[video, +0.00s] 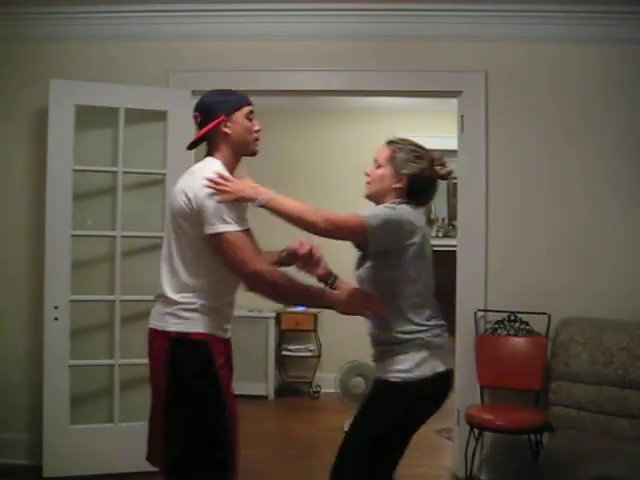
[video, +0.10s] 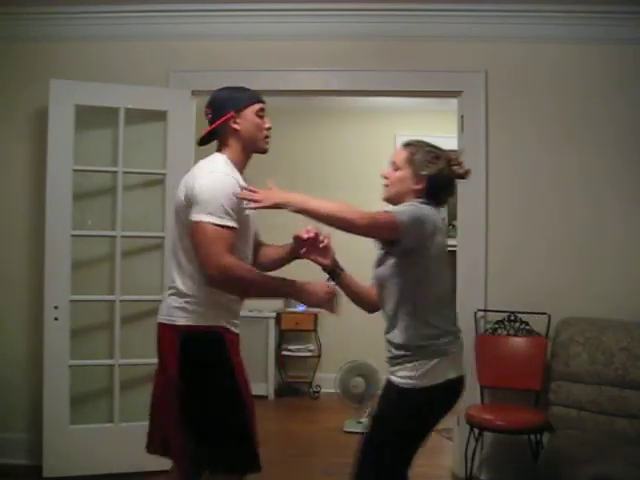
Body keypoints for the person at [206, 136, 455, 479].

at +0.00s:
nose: (368, 171)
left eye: (377, 165)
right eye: (373, 163)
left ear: (399, 180)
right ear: (399, 182)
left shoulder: (399, 219)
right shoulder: (399, 222)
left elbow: (322, 222)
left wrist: (256, 193)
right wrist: (325, 273)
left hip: (413, 372)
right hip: (411, 369)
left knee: (351, 470)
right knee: (367, 470)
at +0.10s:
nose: (385, 173)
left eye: (395, 167)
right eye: (389, 165)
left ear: (419, 182)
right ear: (415, 183)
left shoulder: (421, 217)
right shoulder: (403, 229)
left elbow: (361, 221)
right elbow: (373, 301)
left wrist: (285, 199)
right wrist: (333, 266)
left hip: (427, 375)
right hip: (413, 372)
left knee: (375, 470)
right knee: (380, 468)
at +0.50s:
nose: (464, 178)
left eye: (473, 171)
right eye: (467, 170)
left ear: (500, 180)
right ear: (498, 181)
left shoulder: (504, 223)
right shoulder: (496, 226)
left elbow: (457, 275)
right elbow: (463, 307)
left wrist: (381, 259)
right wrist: (402, 322)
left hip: (518, 382)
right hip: (509, 379)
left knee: (469, 473)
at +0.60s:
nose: (479, 179)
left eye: (488, 171)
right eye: (481, 170)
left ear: (514, 180)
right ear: (509, 181)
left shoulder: (519, 228)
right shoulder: (507, 228)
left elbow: (475, 296)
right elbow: (476, 300)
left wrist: (402, 279)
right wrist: (422, 305)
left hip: (536, 381)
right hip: (518, 379)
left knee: (515, 474)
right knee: (508, 472)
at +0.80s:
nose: (487, 179)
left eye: (497, 172)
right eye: (490, 171)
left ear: (523, 185)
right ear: (520, 186)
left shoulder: (531, 231)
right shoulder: (512, 229)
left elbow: (509, 309)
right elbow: (494, 295)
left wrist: (436, 286)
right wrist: (438, 284)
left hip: (556, 382)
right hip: (541, 379)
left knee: (498, 471)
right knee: (555, 475)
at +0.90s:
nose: (485, 175)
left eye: (495, 168)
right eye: (488, 167)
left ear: (521, 180)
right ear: (515, 181)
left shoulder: (531, 226)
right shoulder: (498, 231)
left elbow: (515, 296)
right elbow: (478, 304)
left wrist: (443, 270)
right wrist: (427, 283)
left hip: (554, 376)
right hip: (535, 376)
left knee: (507, 471)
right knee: (562, 473)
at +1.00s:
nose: (478, 175)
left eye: (488, 168)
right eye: (481, 168)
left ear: (515, 180)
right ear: (511, 181)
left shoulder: (530, 228)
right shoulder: (485, 235)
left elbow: (514, 287)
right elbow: (471, 305)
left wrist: (444, 257)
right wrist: (412, 291)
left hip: (544, 378)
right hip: (518, 378)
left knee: (523, 470)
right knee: (550, 470)